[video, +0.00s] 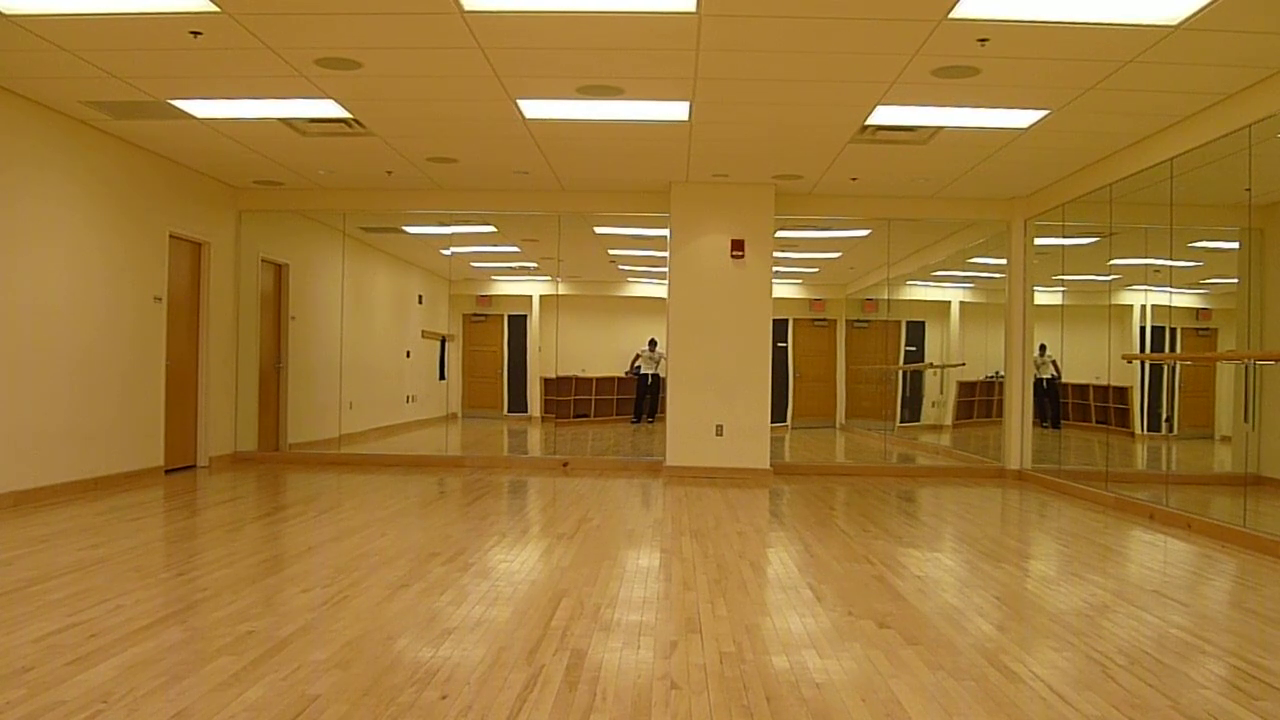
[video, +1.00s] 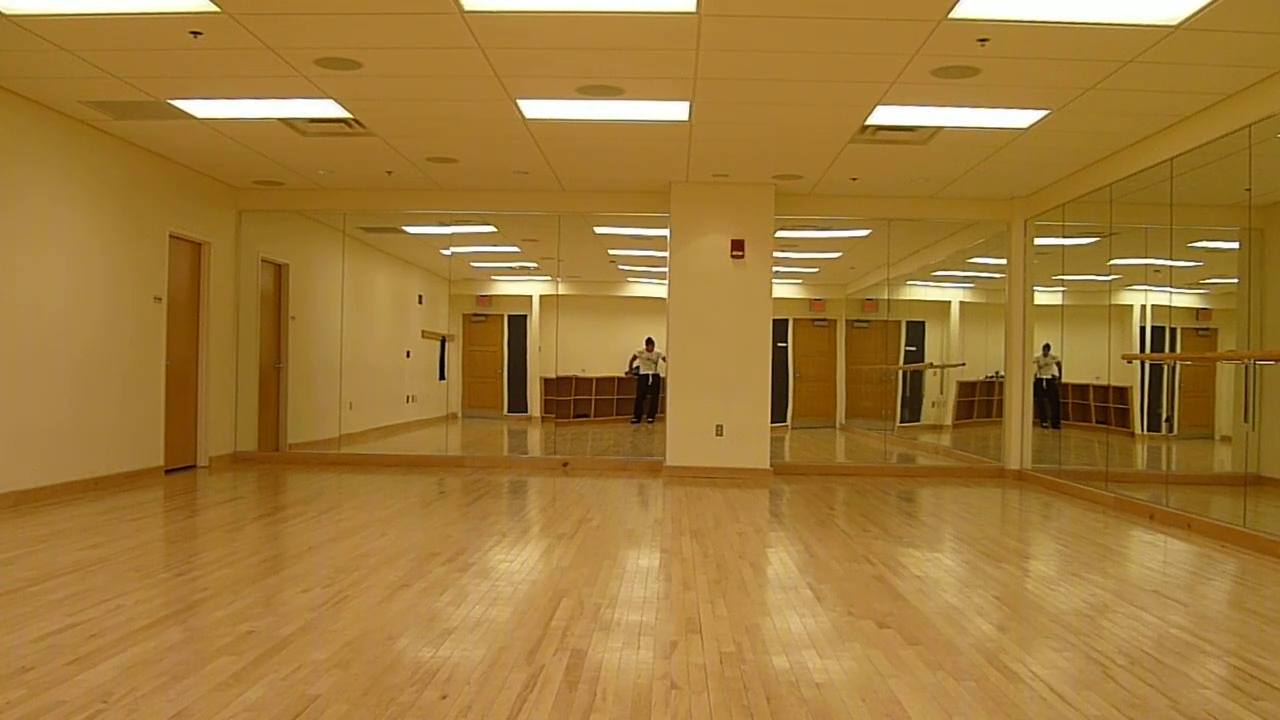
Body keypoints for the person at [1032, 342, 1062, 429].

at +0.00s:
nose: (1042, 352)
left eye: (1043, 350)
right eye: (1041, 350)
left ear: (1046, 350)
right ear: (1039, 350)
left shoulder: (1049, 357)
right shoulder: (1035, 359)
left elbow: (1056, 367)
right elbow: (1034, 368)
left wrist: (1059, 375)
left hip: (1050, 378)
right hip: (1039, 378)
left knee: (1054, 400)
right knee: (1041, 401)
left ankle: (1055, 421)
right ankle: (1043, 421)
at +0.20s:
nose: (1042, 353)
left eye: (1044, 351)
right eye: (1041, 351)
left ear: (1046, 351)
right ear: (1039, 350)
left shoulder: (1050, 357)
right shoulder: (1035, 359)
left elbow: (1056, 367)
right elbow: (1033, 368)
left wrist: (1059, 375)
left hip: (1050, 378)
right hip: (1039, 378)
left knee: (1054, 400)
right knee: (1040, 401)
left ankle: (1055, 421)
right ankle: (1043, 421)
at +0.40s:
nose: (1042, 353)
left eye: (1044, 351)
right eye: (1041, 351)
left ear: (1046, 351)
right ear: (1039, 350)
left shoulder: (1050, 357)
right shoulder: (1035, 359)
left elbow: (1056, 367)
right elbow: (1033, 369)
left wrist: (1059, 376)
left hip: (1050, 378)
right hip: (1039, 378)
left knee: (1054, 400)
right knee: (1041, 401)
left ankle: (1055, 421)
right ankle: (1043, 421)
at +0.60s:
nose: (1043, 353)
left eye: (1044, 351)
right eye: (1042, 350)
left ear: (1047, 351)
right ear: (1039, 350)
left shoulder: (1050, 358)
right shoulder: (1035, 359)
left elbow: (1057, 367)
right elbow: (1033, 369)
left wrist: (1059, 376)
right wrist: (1033, 377)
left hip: (1050, 378)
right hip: (1039, 378)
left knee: (1054, 400)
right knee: (1041, 401)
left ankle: (1055, 422)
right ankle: (1043, 421)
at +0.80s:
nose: (1044, 352)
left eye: (1045, 350)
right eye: (1042, 350)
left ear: (1048, 351)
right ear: (1040, 350)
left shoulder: (1052, 358)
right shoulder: (1036, 359)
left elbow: (1059, 368)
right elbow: (1034, 369)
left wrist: (1060, 378)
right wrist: (1034, 378)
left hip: (1051, 378)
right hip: (1040, 378)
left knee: (1054, 400)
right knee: (1041, 401)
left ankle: (1055, 422)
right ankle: (1043, 421)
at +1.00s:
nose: (1045, 352)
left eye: (1047, 351)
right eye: (1044, 350)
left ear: (1049, 351)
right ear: (1042, 350)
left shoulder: (1053, 358)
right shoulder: (1038, 358)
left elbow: (1059, 367)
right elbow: (1034, 368)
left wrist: (1060, 376)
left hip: (1051, 378)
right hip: (1040, 378)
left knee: (1054, 400)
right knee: (1041, 401)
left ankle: (1055, 422)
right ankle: (1043, 421)